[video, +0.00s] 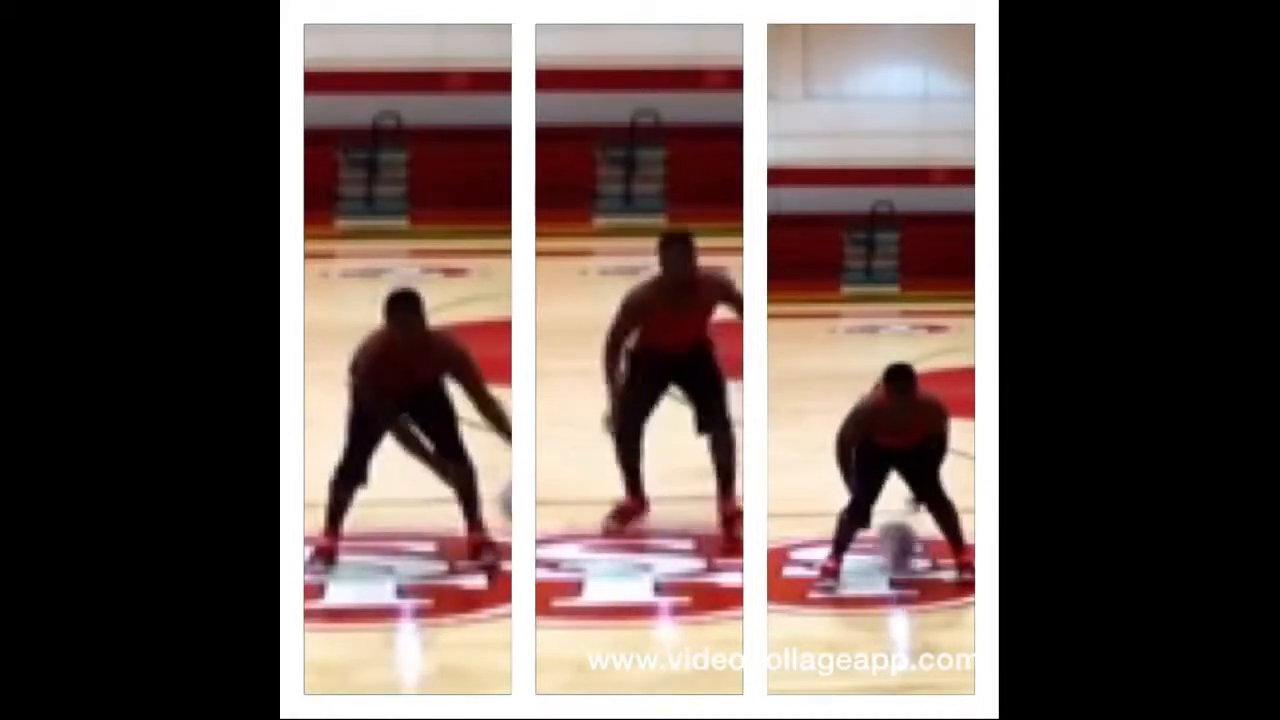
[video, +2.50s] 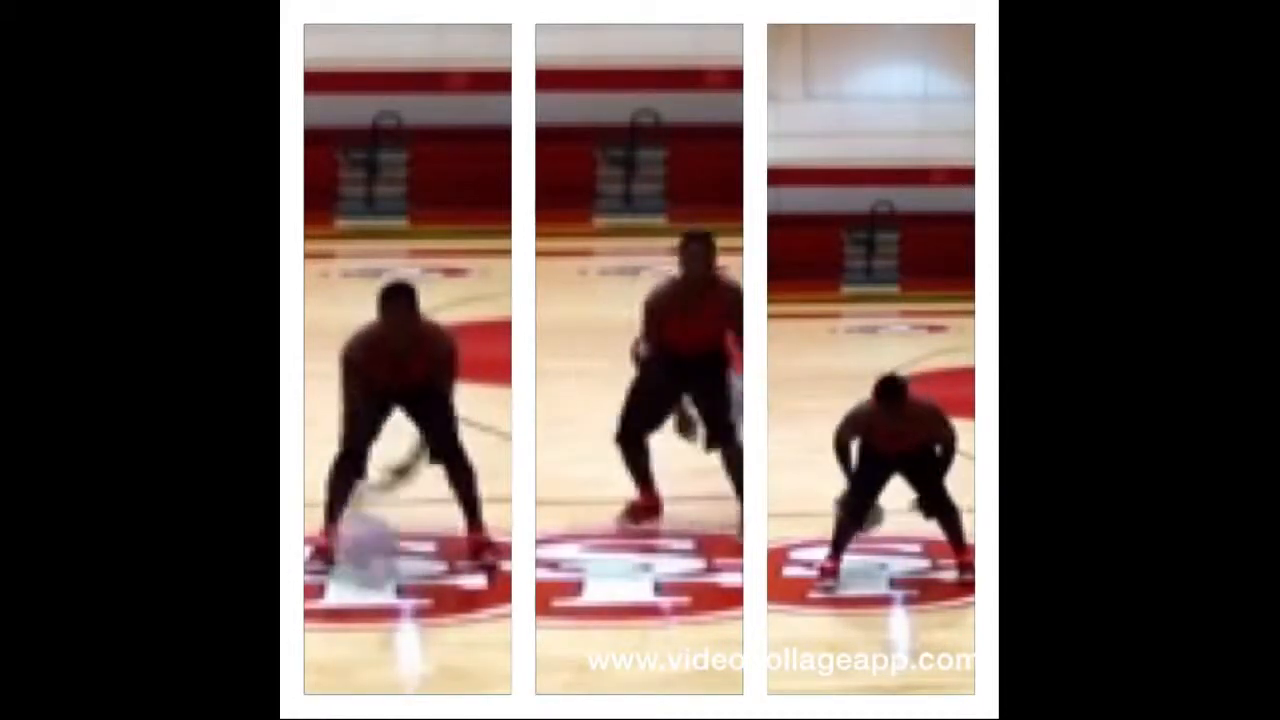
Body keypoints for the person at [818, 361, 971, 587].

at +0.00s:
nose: (899, 403)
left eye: (905, 396)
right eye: (894, 396)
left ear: (914, 391)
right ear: (885, 391)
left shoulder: (931, 409)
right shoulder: (869, 408)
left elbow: (938, 447)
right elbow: (844, 442)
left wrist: (925, 485)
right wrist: (852, 483)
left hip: (913, 451)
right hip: (873, 451)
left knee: (938, 501)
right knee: (860, 504)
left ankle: (961, 557)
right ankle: (834, 560)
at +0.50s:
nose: (912, 410)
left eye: (917, 404)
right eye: (907, 404)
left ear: (926, 398)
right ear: (898, 398)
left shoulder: (939, 413)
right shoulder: (878, 414)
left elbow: (952, 444)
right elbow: (847, 452)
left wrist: (955, 481)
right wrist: (857, 494)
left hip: (917, 452)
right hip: (877, 453)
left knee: (946, 502)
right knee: (862, 510)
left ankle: (963, 558)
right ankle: (834, 562)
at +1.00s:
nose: (912, 405)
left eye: (917, 397)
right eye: (906, 397)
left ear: (925, 392)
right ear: (897, 392)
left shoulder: (939, 409)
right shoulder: (878, 410)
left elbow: (953, 442)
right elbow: (845, 453)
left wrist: (958, 484)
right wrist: (859, 497)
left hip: (918, 454)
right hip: (879, 454)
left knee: (947, 504)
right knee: (866, 511)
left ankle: (963, 559)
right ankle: (834, 562)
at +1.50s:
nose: (900, 407)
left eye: (906, 400)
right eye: (896, 400)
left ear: (915, 395)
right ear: (887, 394)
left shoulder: (933, 413)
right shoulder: (871, 414)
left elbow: (945, 448)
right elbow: (843, 453)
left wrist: (934, 482)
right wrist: (861, 490)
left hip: (916, 455)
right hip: (876, 456)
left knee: (937, 503)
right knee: (860, 505)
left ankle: (962, 556)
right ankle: (833, 559)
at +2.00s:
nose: (897, 408)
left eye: (903, 402)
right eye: (892, 401)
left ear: (914, 395)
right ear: (883, 394)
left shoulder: (932, 412)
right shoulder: (869, 411)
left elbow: (949, 446)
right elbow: (845, 445)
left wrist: (936, 480)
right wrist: (857, 477)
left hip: (920, 456)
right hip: (880, 456)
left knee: (943, 507)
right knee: (859, 508)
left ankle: (963, 558)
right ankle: (834, 559)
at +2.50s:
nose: (891, 415)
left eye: (896, 409)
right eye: (886, 409)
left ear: (906, 402)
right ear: (876, 402)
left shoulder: (927, 414)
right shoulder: (865, 414)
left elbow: (949, 443)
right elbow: (841, 439)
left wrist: (933, 483)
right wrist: (851, 478)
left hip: (917, 456)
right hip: (875, 456)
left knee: (941, 504)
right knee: (854, 506)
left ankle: (963, 558)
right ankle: (833, 560)